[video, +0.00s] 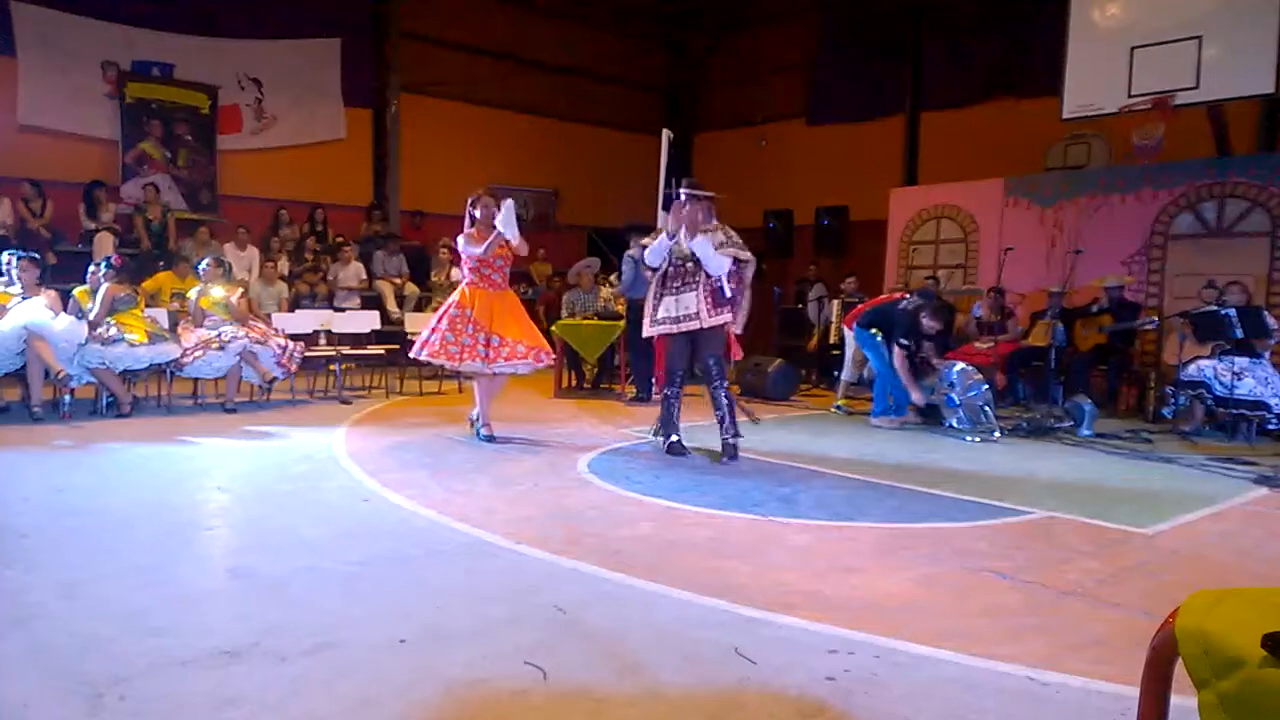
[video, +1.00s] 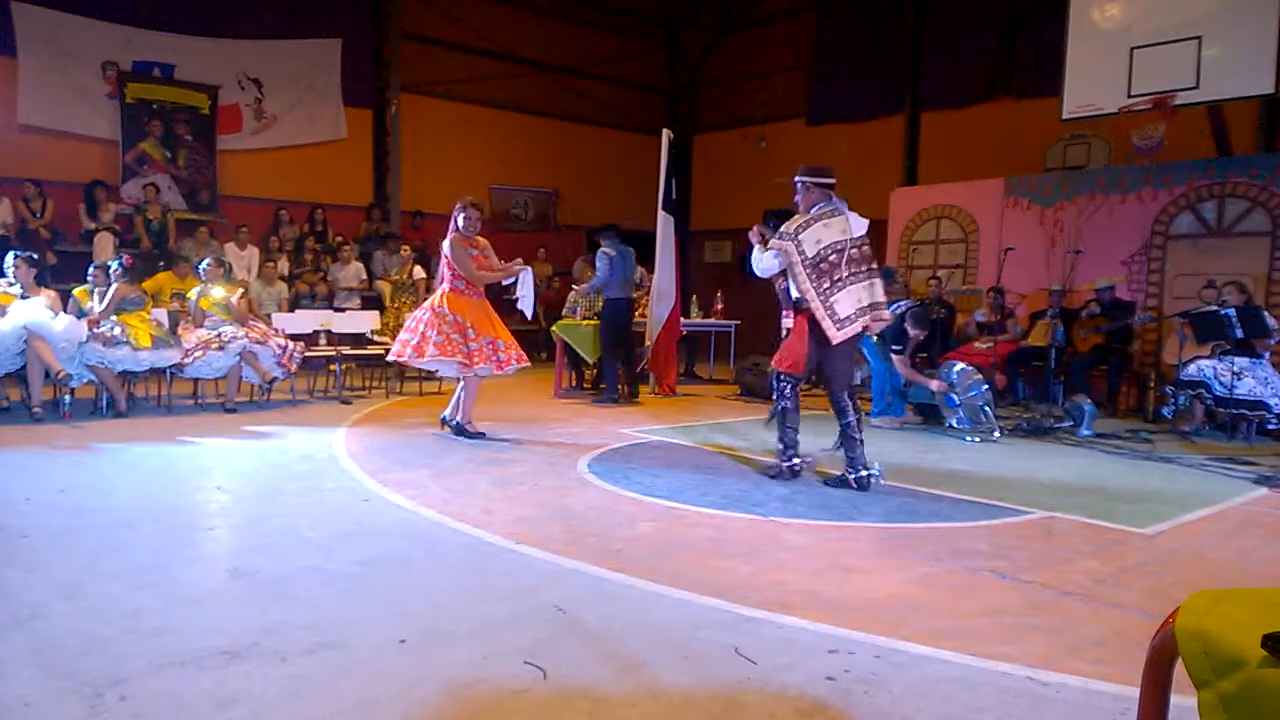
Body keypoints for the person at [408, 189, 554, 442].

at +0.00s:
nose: (490, 212)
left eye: (493, 207)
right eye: (485, 207)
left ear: (497, 211)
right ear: (473, 211)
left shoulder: (503, 236)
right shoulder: (466, 238)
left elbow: (523, 250)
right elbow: (479, 254)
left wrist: (511, 226)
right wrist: (496, 234)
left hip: (502, 301)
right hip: (475, 300)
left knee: (504, 366)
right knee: (481, 365)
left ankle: (478, 411)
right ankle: (484, 420)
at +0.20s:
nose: (489, 213)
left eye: (492, 208)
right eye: (483, 208)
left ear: (497, 212)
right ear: (472, 212)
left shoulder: (501, 236)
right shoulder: (467, 239)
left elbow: (522, 259)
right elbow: (484, 261)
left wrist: (517, 238)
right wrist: (507, 244)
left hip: (498, 301)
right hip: (474, 301)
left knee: (496, 363)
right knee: (483, 362)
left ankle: (478, 414)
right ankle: (483, 419)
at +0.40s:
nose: (486, 216)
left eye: (490, 211)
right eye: (480, 211)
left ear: (495, 214)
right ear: (470, 214)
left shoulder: (500, 239)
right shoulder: (467, 240)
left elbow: (514, 263)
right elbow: (487, 269)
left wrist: (521, 249)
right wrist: (514, 259)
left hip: (493, 303)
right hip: (470, 303)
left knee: (498, 364)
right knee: (484, 364)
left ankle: (474, 416)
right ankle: (474, 418)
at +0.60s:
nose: (482, 219)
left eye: (487, 215)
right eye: (477, 214)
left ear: (492, 218)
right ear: (468, 216)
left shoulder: (494, 241)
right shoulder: (463, 242)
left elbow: (507, 265)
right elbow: (486, 273)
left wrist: (522, 259)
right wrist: (516, 265)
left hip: (488, 304)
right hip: (466, 304)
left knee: (492, 366)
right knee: (484, 365)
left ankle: (468, 416)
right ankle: (469, 419)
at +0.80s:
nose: (477, 221)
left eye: (482, 217)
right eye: (472, 216)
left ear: (487, 220)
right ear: (462, 218)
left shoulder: (489, 243)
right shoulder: (459, 242)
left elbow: (501, 268)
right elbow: (480, 274)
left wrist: (517, 265)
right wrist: (512, 269)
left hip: (482, 304)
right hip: (460, 303)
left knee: (489, 362)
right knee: (481, 363)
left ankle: (456, 410)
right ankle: (469, 419)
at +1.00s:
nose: (471, 223)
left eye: (475, 219)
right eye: (466, 218)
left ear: (481, 221)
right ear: (456, 219)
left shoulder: (482, 243)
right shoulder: (453, 243)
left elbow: (496, 267)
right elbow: (475, 277)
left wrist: (514, 267)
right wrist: (508, 272)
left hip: (474, 306)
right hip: (454, 306)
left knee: (477, 363)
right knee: (477, 364)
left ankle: (451, 413)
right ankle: (464, 420)